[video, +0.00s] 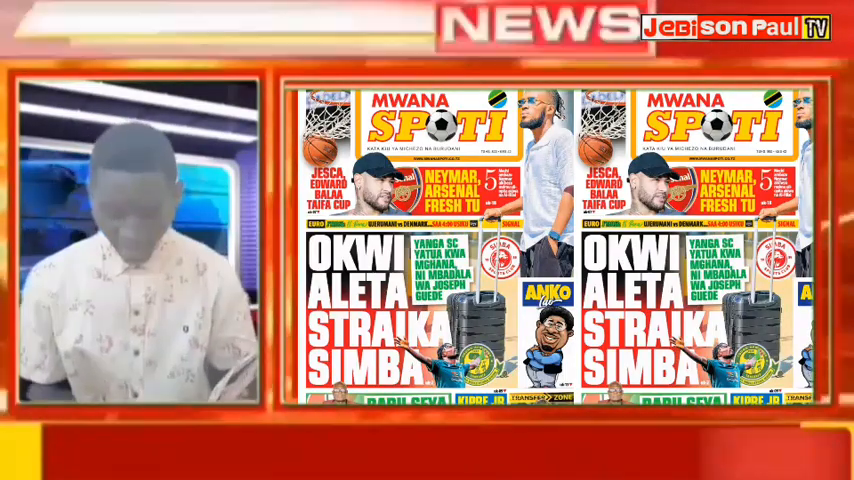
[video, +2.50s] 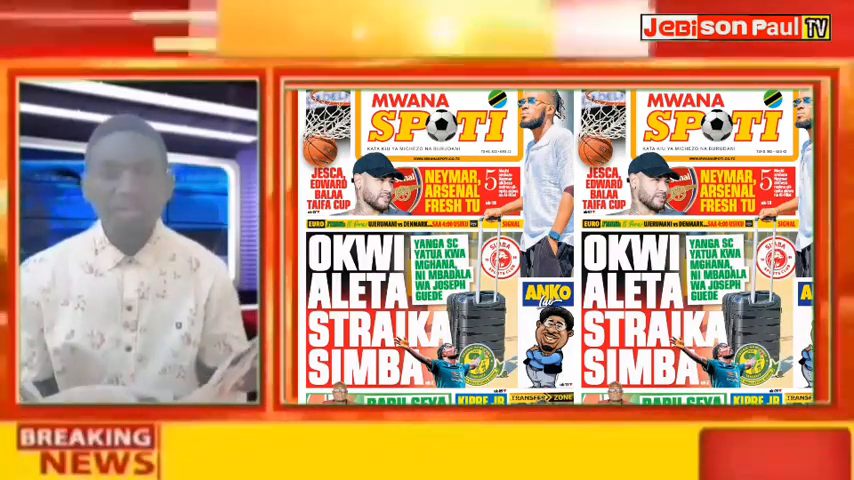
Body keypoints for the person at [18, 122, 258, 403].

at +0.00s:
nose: (132, 230)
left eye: (148, 213)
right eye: (115, 213)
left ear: (177, 196)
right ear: (91, 196)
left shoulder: (214, 276)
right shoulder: (54, 279)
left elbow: (242, 384)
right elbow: (44, 393)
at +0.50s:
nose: (146, 232)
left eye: (162, 215)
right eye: (129, 215)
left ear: (188, 196)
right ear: (103, 194)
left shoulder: (215, 277)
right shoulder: (56, 275)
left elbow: (233, 389)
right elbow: (41, 397)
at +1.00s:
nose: (155, 224)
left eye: (169, 205)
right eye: (137, 207)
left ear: (184, 195)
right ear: (95, 198)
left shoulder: (213, 278)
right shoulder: (45, 276)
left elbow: (230, 387)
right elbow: (42, 393)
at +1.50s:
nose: (130, 195)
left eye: (147, 176)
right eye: (113, 177)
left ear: (171, 183)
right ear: (86, 185)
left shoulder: (210, 273)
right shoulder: (38, 274)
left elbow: (231, 381)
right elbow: (36, 393)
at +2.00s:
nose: (114, 208)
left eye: (134, 192)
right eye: (100, 189)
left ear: (168, 189)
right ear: (83, 187)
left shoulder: (207, 273)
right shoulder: (37, 275)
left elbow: (234, 379)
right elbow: (36, 393)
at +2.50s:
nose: (127, 187)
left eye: (143, 171)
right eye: (110, 173)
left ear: (169, 184)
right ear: (86, 187)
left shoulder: (208, 274)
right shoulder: (39, 276)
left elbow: (231, 385)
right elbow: (28, 394)